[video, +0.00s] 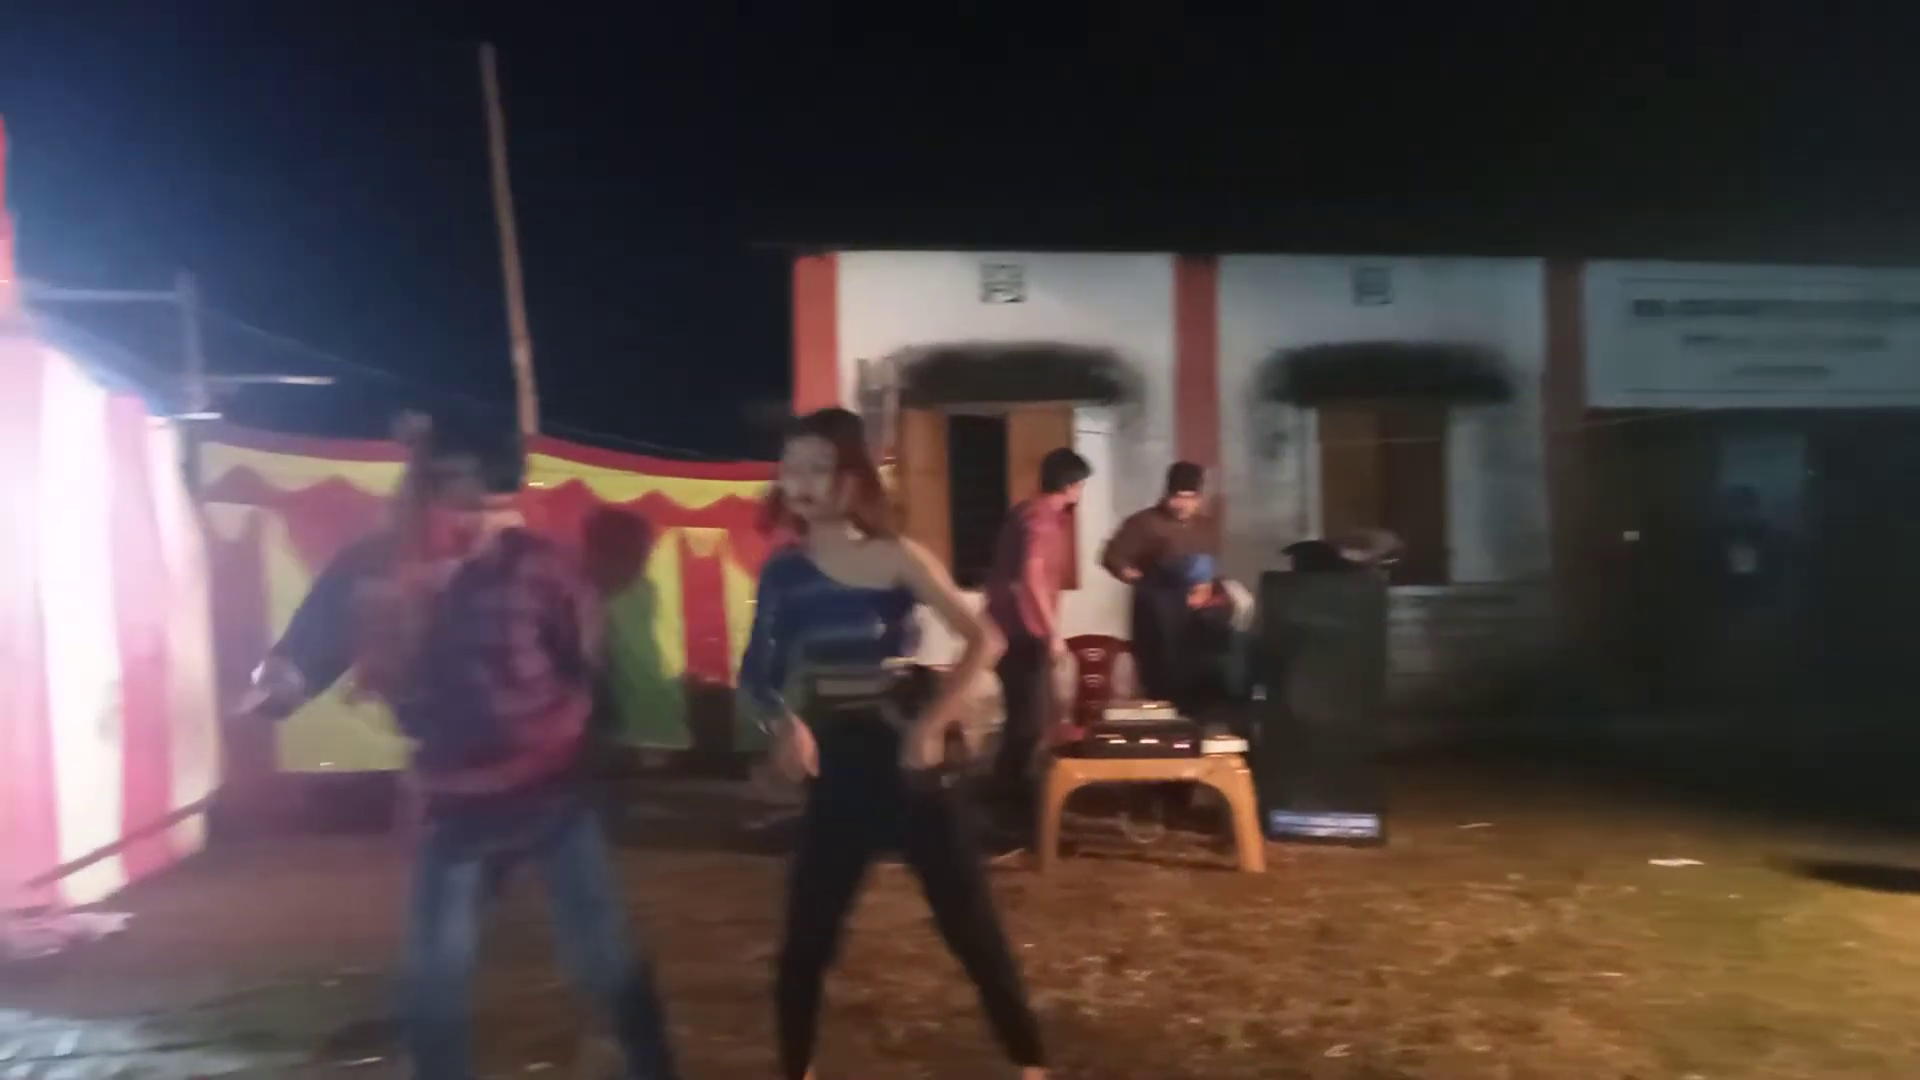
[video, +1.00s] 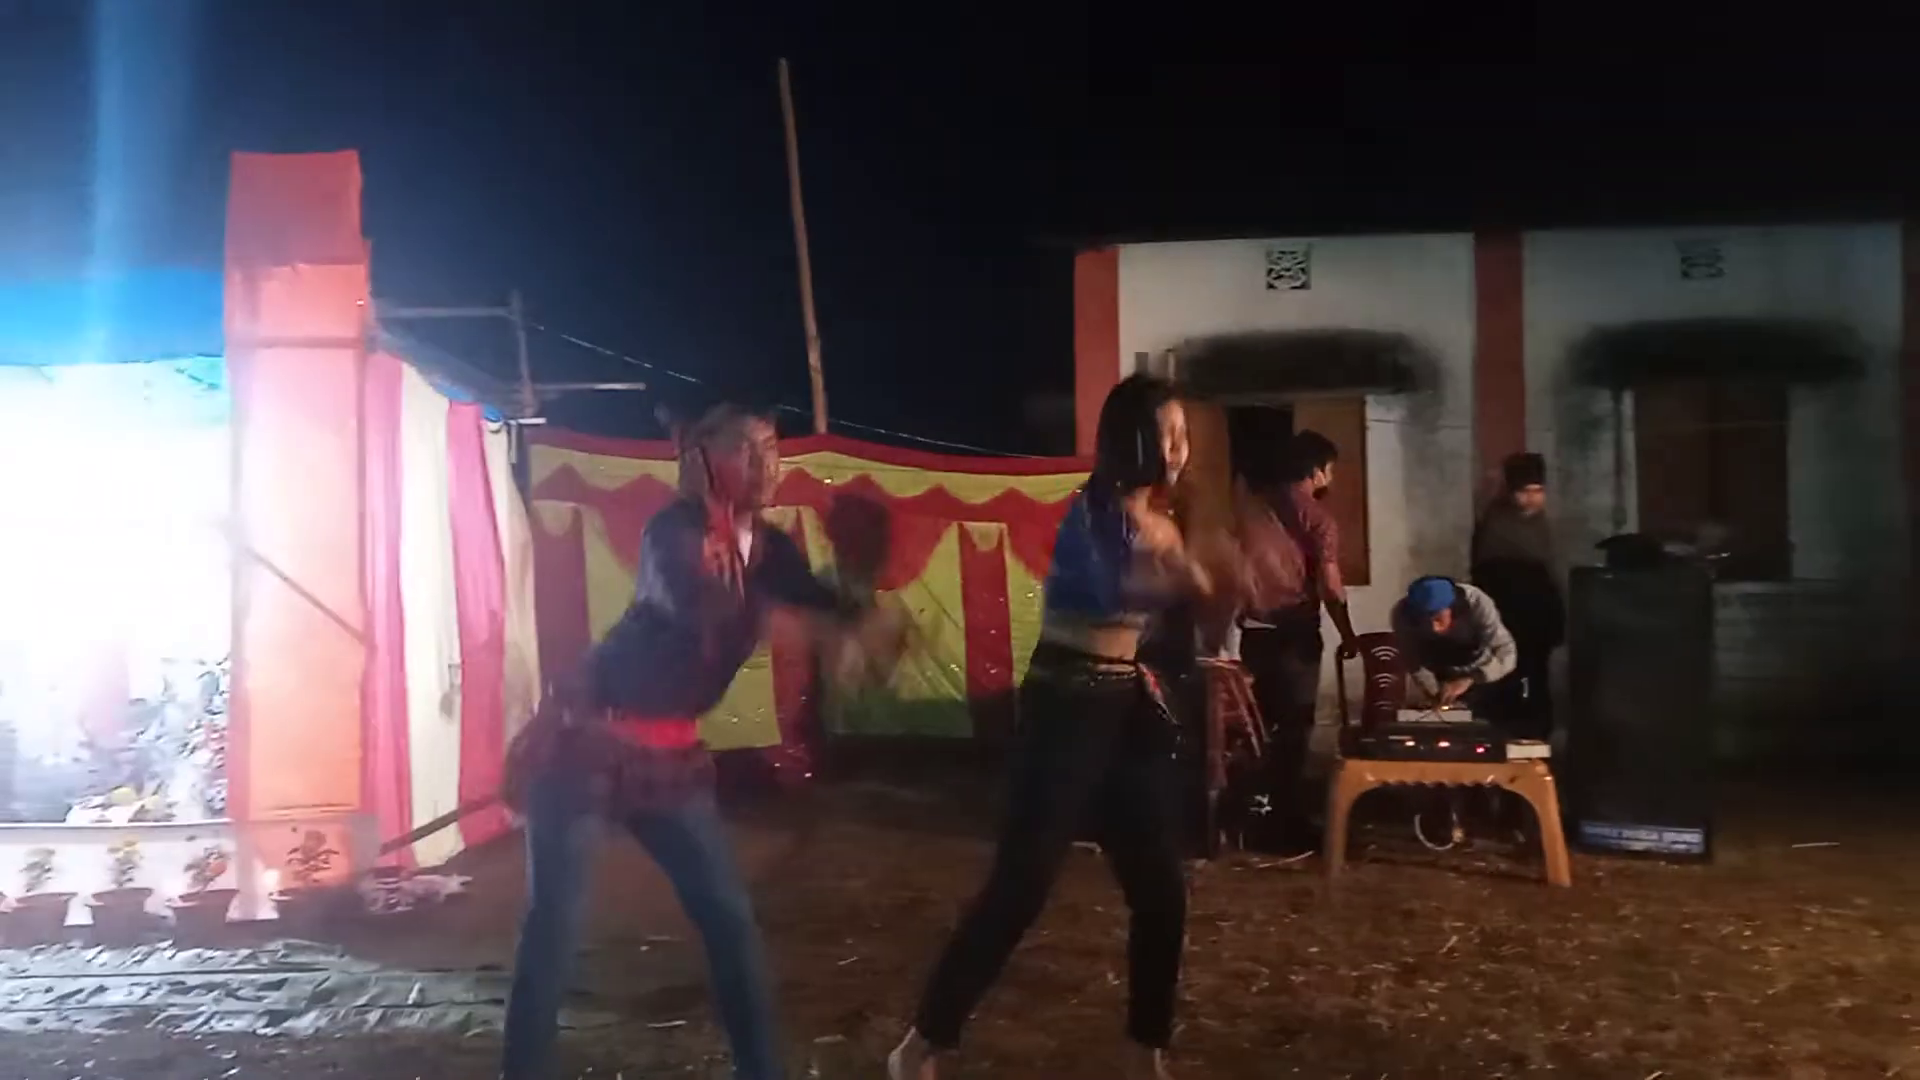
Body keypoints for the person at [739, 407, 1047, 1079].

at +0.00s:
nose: (802, 483)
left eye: (820, 468)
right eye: (792, 467)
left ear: (853, 476)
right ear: (780, 476)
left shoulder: (898, 557)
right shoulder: (784, 571)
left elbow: (983, 638)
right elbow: (753, 674)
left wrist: (935, 720)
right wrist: (785, 722)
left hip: (905, 745)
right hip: (832, 755)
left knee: (966, 917)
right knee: (807, 935)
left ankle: (1031, 1062)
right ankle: (794, 1066)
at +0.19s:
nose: (879, 453)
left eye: (896, 439)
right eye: (870, 439)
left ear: (935, 444)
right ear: (859, 446)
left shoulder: (976, 522)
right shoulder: (862, 533)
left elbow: (1069, 588)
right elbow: (779, 594)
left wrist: (1041, 674)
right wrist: (744, 520)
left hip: (998, 709)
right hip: (915, 713)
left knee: (1050, 885)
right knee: (903, 892)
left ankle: (1102, 1052)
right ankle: (873, 1054)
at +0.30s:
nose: (947, 465)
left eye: (963, 451)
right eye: (935, 450)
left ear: (990, 460)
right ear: (917, 457)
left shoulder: (1026, 539)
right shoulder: (909, 550)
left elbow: (1102, 631)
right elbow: (876, 663)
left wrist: (1075, 737)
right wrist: (842, 652)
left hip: (1032, 726)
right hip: (951, 728)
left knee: (1082, 905)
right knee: (942, 904)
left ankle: (1140, 1060)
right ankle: (911, 1057)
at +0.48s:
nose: (1059, 465)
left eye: (1064, 451)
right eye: (1044, 451)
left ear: (1071, 461)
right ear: (1006, 460)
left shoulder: (1082, 539)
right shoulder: (976, 549)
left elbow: (1111, 632)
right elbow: (971, 652)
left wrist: (1135, 700)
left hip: (1064, 737)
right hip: (988, 740)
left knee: (1110, 912)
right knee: (972, 922)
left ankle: (1176, 1061)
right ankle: (955, 1064)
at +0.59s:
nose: (1110, 422)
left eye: (1114, 408)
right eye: (1096, 409)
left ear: (1118, 414)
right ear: (1057, 415)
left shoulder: (1120, 499)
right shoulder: (1021, 501)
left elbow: (1136, 585)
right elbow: (1015, 601)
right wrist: (1058, 628)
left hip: (1078, 685)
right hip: (1004, 680)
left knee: (1111, 864)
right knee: (979, 866)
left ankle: (1131, 1031)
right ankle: (954, 1032)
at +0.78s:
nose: (1171, 456)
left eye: (1170, 443)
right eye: (1158, 441)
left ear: (1151, 455)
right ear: (1117, 446)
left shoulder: (1154, 532)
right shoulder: (1074, 530)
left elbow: (1190, 621)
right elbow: (1110, 608)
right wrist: (1181, 592)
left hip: (1115, 716)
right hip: (1045, 715)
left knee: (1148, 908)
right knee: (994, 893)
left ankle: (1125, 1054)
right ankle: (899, 1047)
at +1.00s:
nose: (1183, 448)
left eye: (1184, 435)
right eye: (1172, 434)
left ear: (1172, 440)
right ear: (1135, 436)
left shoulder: (1158, 523)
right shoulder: (1092, 513)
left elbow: (1185, 609)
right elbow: (1106, 594)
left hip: (1126, 700)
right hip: (1063, 702)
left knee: (1160, 891)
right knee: (1021, 887)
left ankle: (1150, 1052)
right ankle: (923, 1045)